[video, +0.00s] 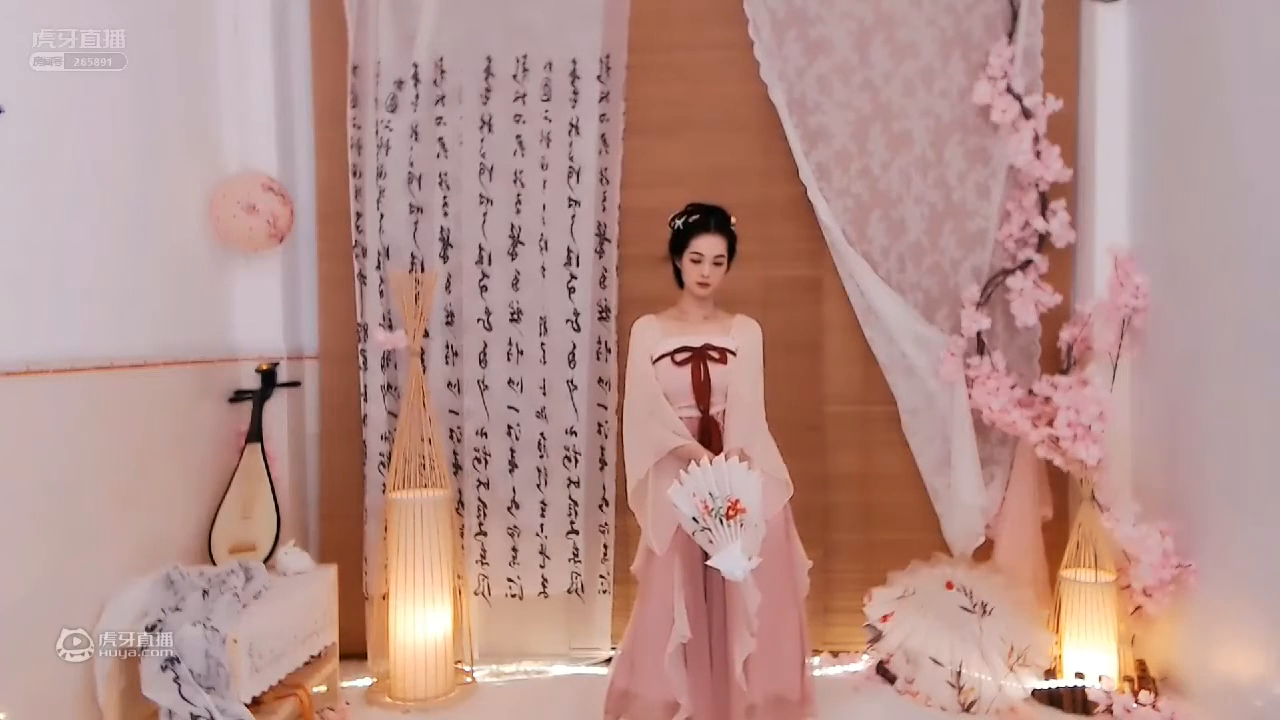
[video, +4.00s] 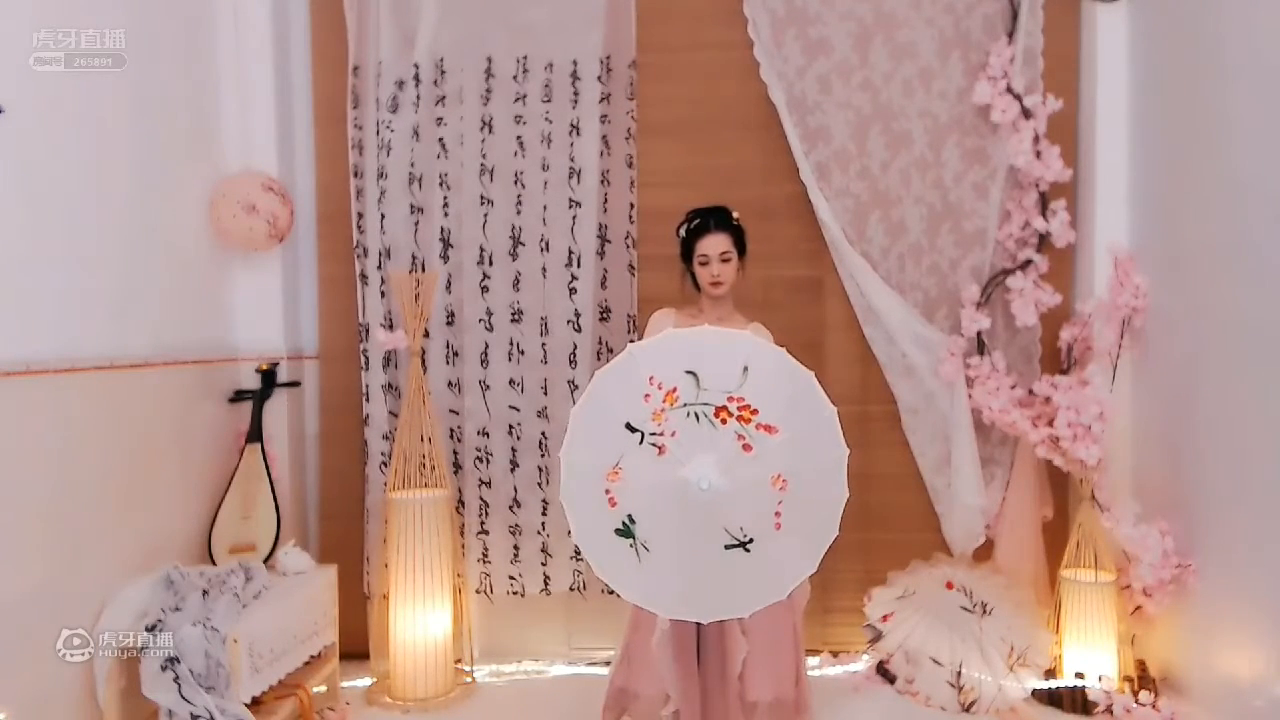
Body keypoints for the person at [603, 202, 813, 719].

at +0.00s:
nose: (707, 272)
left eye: (718, 262)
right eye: (697, 260)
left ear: (729, 267)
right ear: (677, 261)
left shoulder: (745, 330)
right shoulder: (648, 330)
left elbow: (750, 412)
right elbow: (645, 411)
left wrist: (738, 464)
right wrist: (689, 451)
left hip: (741, 470)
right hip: (674, 472)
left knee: (745, 590)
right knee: (679, 588)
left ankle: (747, 703)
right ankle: (681, 704)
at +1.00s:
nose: (707, 275)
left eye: (718, 264)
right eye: (697, 262)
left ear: (729, 268)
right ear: (676, 264)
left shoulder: (744, 332)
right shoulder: (647, 331)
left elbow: (750, 417)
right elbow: (639, 418)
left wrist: (760, 487)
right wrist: (671, 488)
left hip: (737, 480)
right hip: (670, 484)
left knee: (743, 604)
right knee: (677, 602)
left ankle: (745, 707)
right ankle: (679, 709)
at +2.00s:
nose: (709, 272)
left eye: (718, 261)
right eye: (698, 261)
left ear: (730, 265)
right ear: (678, 265)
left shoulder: (749, 334)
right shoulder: (651, 329)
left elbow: (757, 423)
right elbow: (636, 419)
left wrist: (753, 493)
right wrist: (651, 493)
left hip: (735, 486)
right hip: (670, 485)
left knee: (734, 606)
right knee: (674, 604)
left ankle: (735, 710)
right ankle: (676, 710)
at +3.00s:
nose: (713, 271)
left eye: (722, 259)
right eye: (702, 261)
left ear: (736, 264)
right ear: (686, 267)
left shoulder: (754, 334)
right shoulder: (660, 327)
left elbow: (771, 422)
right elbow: (642, 412)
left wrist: (763, 487)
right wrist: (655, 477)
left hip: (740, 493)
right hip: (675, 490)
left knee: (740, 609)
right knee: (674, 608)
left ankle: (739, 711)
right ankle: (676, 711)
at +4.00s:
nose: (715, 270)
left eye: (725, 258)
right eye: (704, 260)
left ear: (740, 263)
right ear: (690, 266)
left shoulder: (757, 335)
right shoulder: (664, 324)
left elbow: (777, 423)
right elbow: (644, 409)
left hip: (739, 486)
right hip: (675, 483)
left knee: (738, 602)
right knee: (675, 599)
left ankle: (737, 708)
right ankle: (676, 709)